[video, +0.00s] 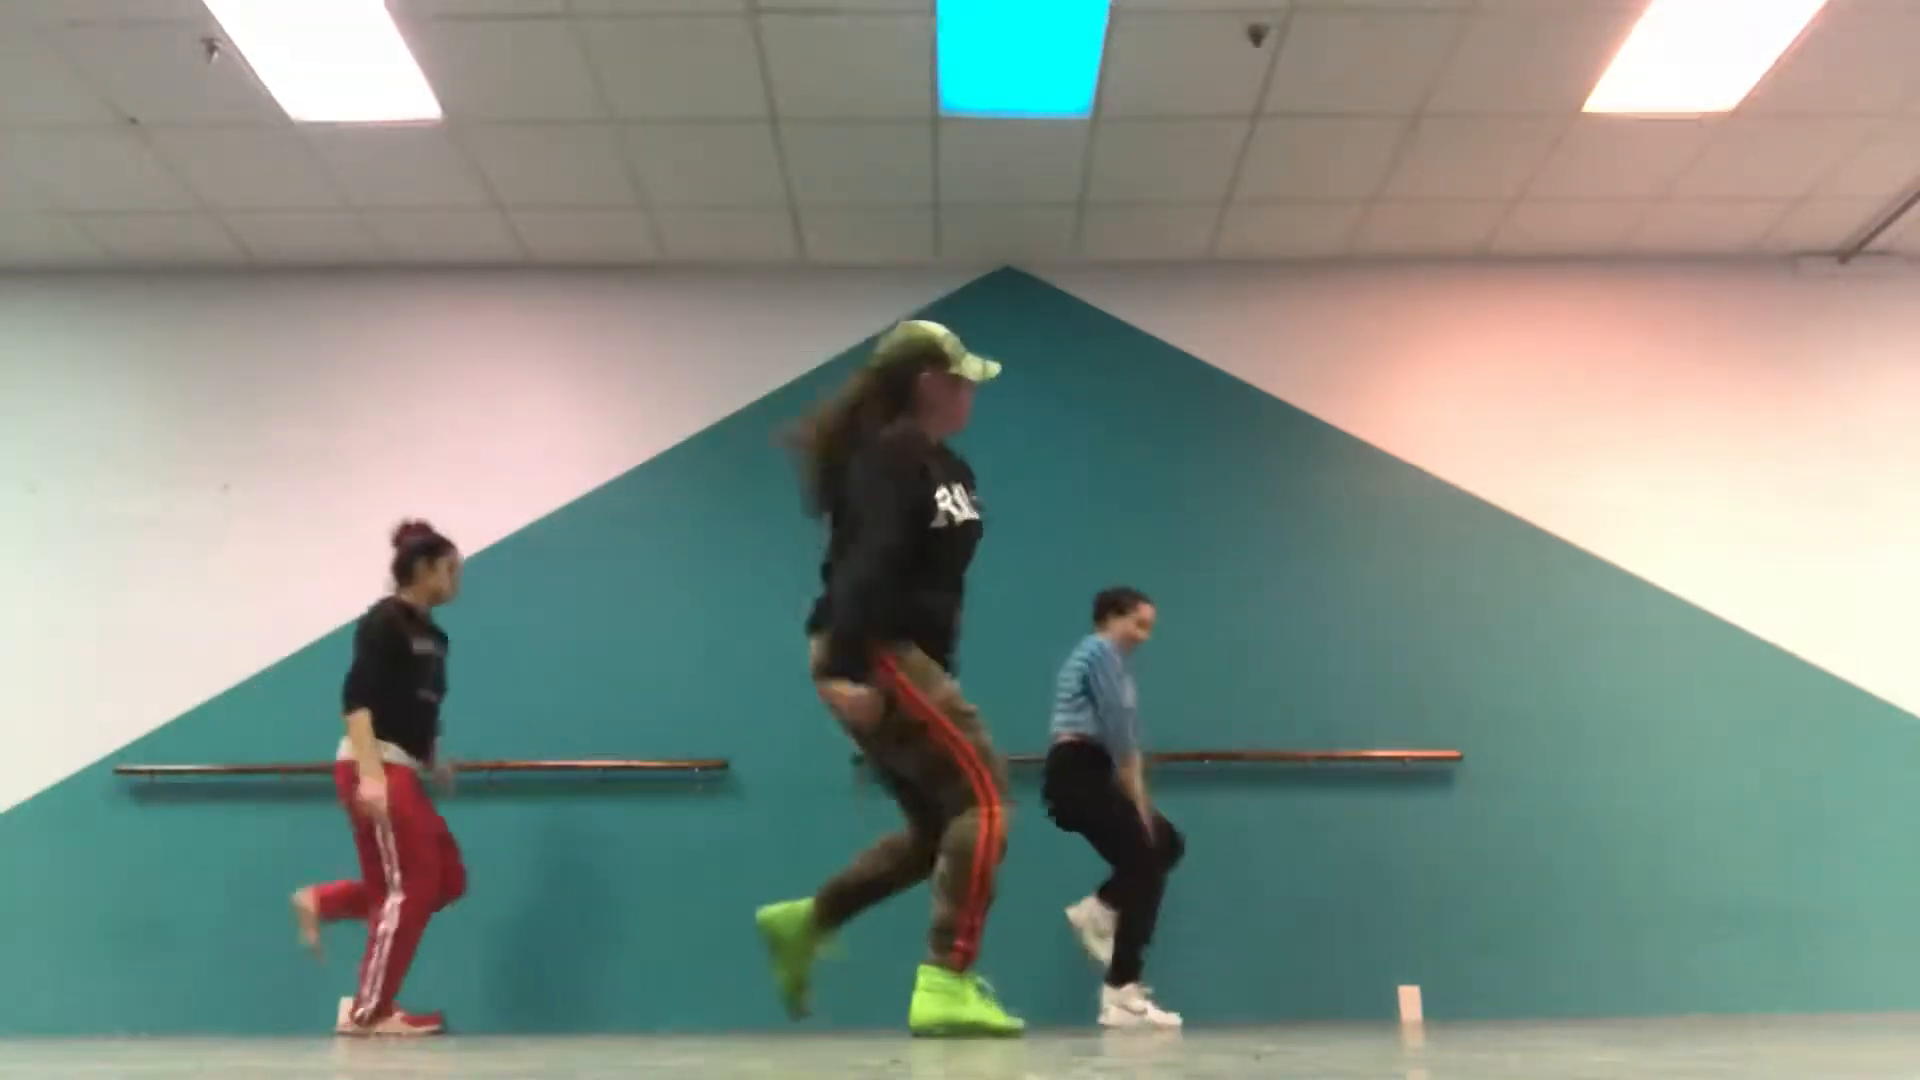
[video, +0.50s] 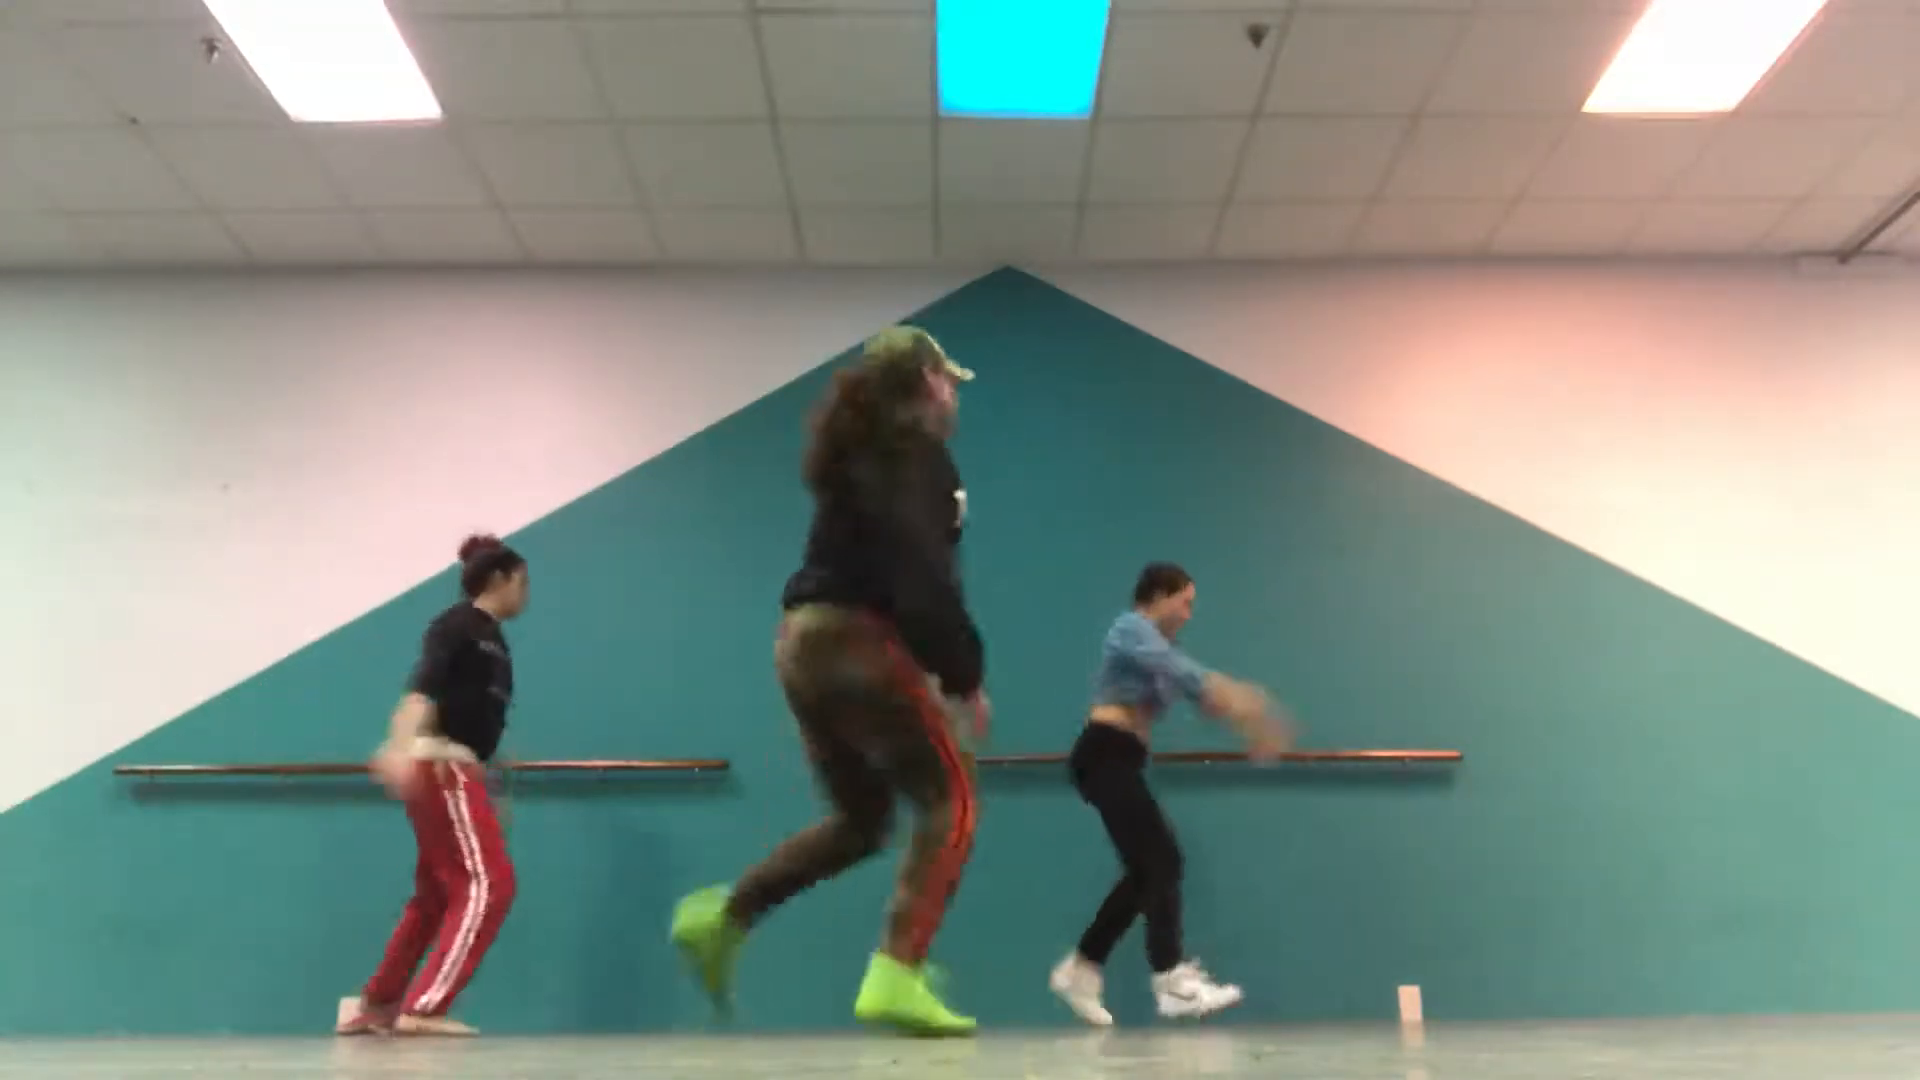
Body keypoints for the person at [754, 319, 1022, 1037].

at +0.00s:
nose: (971, 397)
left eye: (970, 385)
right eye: (963, 385)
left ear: (930, 386)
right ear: (929, 385)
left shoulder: (946, 464)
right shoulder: (890, 454)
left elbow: (926, 564)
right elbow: (865, 556)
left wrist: (936, 665)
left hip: (901, 648)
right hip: (876, 650)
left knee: (938, 834)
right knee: (980, 795)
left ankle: (805, 923)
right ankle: (947, 981)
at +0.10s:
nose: (970, 403)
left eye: (968, 391)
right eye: (960, 390)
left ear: (930, 394)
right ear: (922, 393)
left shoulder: (935, 464)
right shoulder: (885, 457)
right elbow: (830, 530)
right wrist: (778, 617)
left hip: (891, 655)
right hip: (857, 654)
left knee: (881, 838)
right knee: (970, 779)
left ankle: (751, 941)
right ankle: (945, 976)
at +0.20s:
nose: (959, 432)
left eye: (958, 420)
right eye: (950, 419)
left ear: (924, 421)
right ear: (914, 422)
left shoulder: (926, 492)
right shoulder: (874, 493)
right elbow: (820, 518)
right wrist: (765, 536)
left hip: (878, 681)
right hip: (841, 679)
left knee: (816, 843)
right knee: (953, 789)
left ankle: (699, 971)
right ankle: (962, 983)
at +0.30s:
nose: (954, 460)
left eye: (953, 448)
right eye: (946, 447)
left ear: (915, 446)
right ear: (911, 446)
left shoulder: (913, 515)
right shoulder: (857, 503)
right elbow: (797, 483)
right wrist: (818, 477)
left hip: (862, 711)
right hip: (823, 709)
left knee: (770, 864)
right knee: (949, 788)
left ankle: (676, 989)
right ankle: (960, 986)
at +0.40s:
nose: (958, 418)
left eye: (957, 406)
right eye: (950, 405)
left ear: (921, 404)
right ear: (917, 405)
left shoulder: (908, 473)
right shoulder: (878, 467)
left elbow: (901, 552)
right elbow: (876, 538)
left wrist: (915, 590)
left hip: (848, 662)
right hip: (829, 661)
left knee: (785, 835)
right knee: (954, 780)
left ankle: (686, 975)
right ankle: (936, 978)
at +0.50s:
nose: (957, 395)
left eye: (952, 382)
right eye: (948, 383)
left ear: (894, 388)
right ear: (925, 386)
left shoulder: (859, 445)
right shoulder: (912, 452)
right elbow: (921, 579)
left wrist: (948, 674)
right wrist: (967, 679)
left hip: (802, 631)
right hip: (853, 632)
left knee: (861, 820)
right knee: (950, 802)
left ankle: (725, 918)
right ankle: (898, 973)